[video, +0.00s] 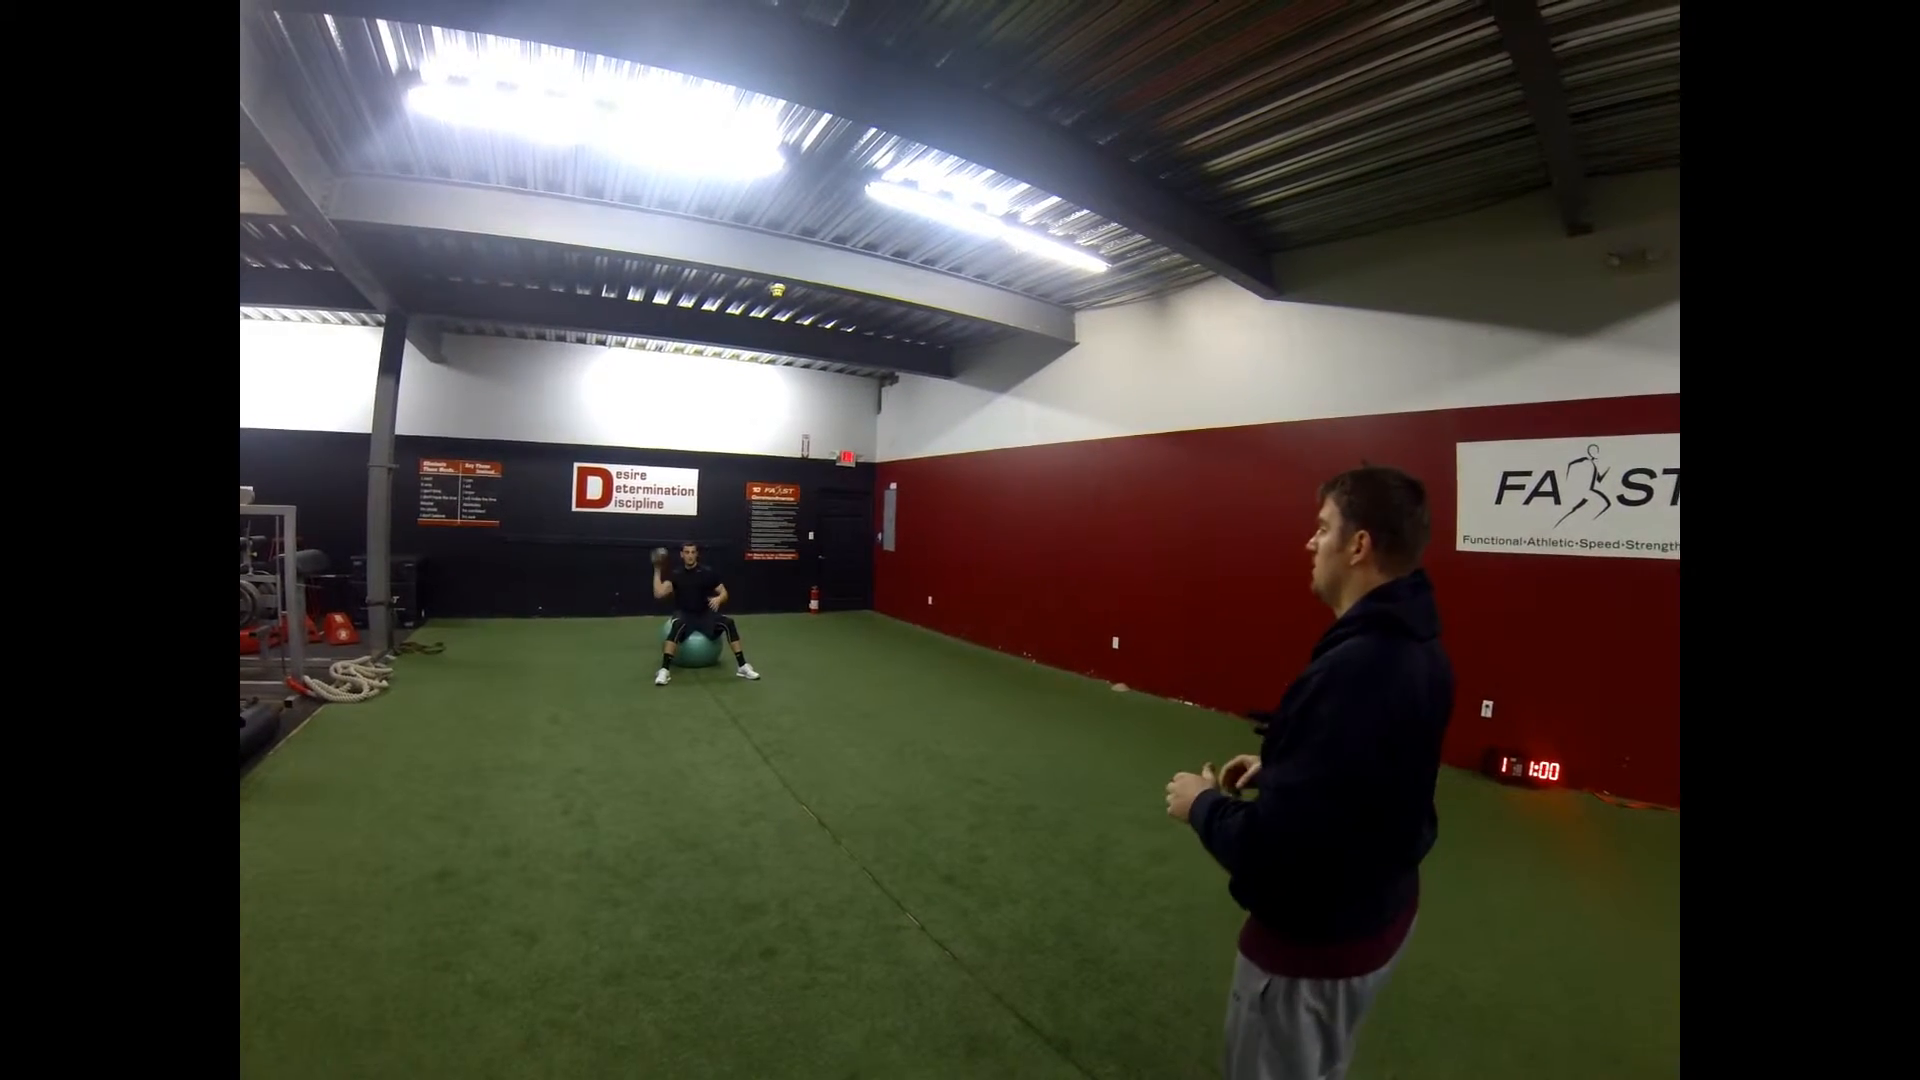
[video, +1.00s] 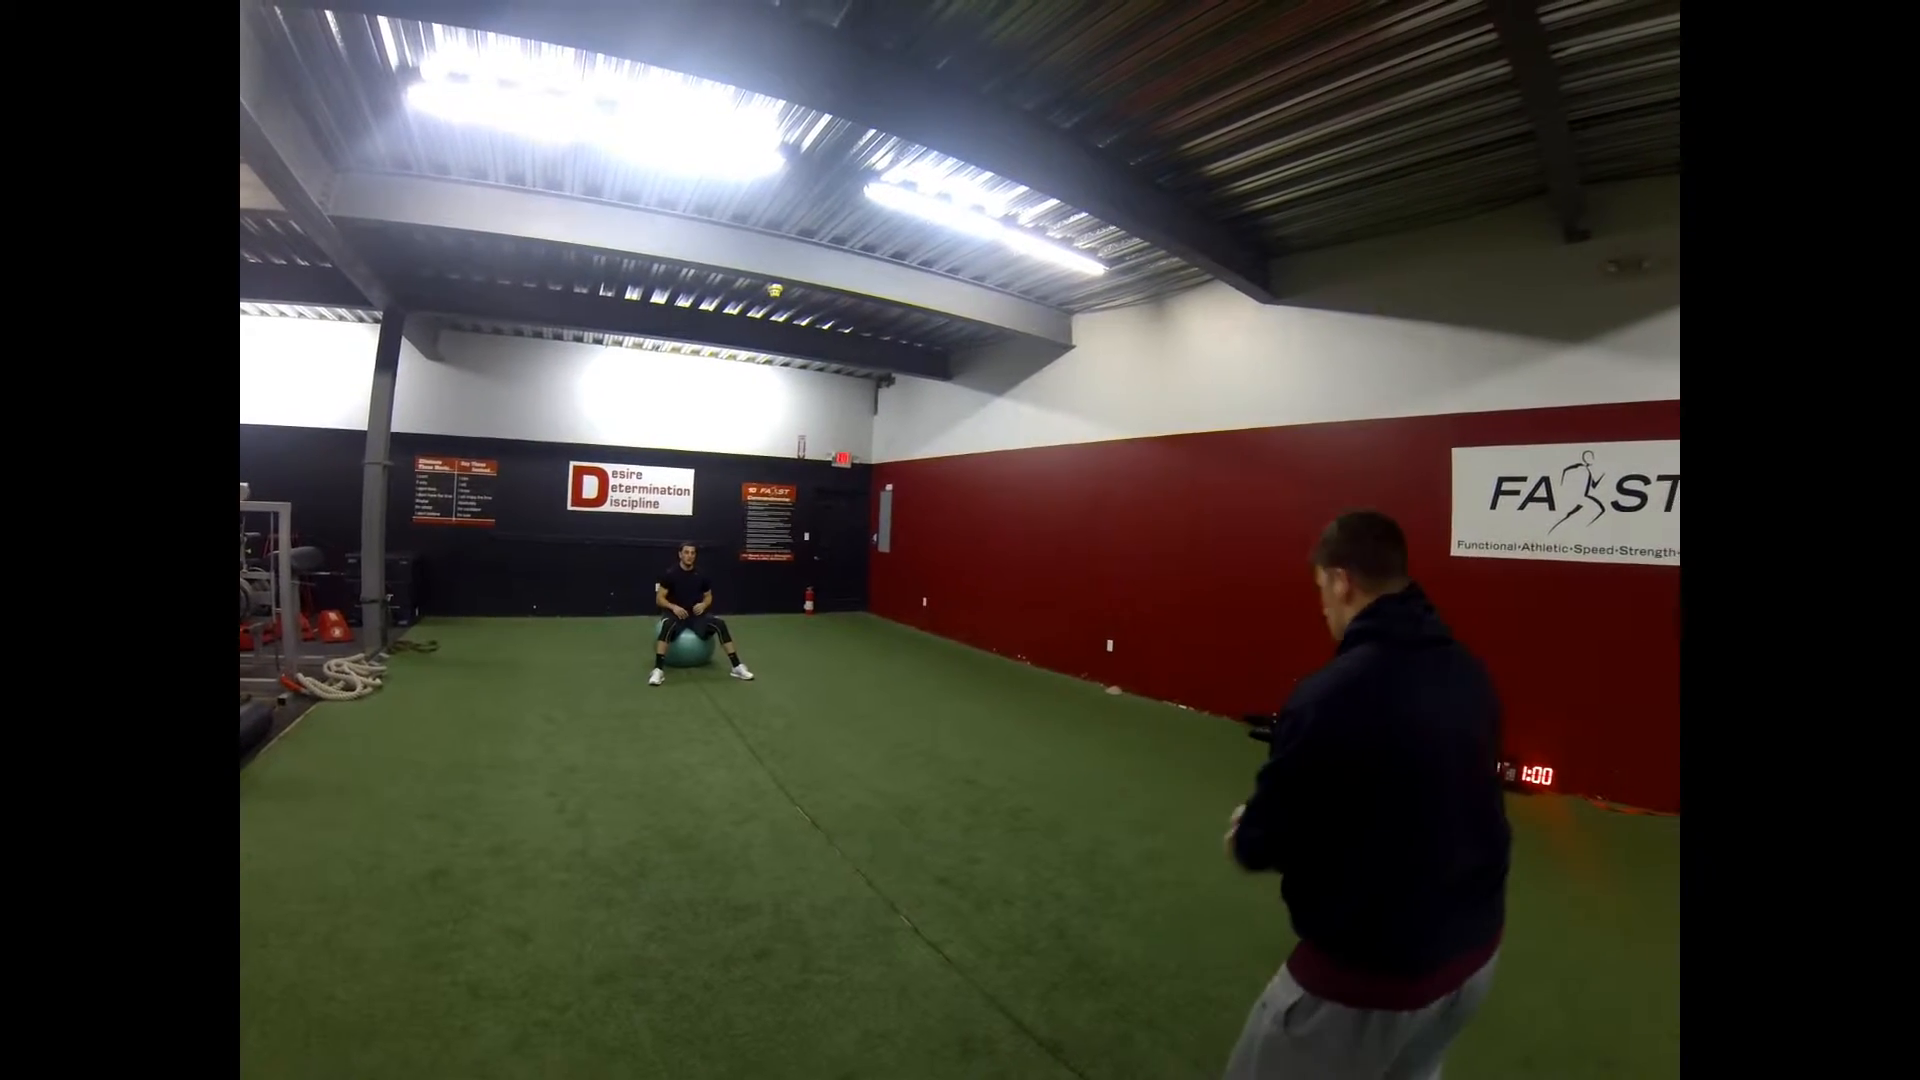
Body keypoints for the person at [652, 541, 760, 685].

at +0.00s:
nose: (690, 555)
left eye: (693, 552)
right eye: (687, 552)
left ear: (697, 554)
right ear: (682, 554)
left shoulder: (707, 572)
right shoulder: (677, 574)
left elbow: (724, 593)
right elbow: (659, 593)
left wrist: (718, 599)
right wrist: (657, 569)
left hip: (705, 615)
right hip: (684, 616)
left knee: (728, 623)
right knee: (677, 625)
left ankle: (742, 666)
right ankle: (664, 670)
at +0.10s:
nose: (691, 552)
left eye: (694, 549)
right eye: (688, 549)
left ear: (699, 552)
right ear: (683, 552)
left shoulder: (708, 570)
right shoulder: (678, 571)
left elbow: (723, 591)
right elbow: (661, 583)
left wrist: (718, 594)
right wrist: (655, 560)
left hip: (706, 613)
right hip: (685, 613)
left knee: (728, 622)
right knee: (676, 623)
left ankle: (742, 664)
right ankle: (664, 668)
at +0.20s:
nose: (691, 549)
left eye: (694, 547)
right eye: (688, 546)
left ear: (699, 549)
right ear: (684, 549)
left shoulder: (708, 568)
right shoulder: (680, 567)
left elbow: (721, 592)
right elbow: (670, 572)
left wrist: (714, 588)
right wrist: (663, 551)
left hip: (706, 612)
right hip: (685, 612)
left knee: (728, 621)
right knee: (677, 622)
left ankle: (743, 664)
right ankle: (665, 667)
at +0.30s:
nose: (694, 545)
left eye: (696, 542)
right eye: (691, 542)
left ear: (702, 545)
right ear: (686, 545)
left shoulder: (710, 565)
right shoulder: (679, 562)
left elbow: (719, 589)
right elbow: (673, 575)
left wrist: (708, 587)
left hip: (708, 610)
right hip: (687, 609)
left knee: (730, 619)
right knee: (678, 619)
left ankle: (744, 662)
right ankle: (666, 665)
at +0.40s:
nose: (694, 543)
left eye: (697, 540)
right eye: (691, 540)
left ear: (702, 543)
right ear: (687, 543)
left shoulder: (711, 564)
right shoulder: (679, 563)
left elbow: (718, 589)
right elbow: (675, 584)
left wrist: (705, 589)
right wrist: (696, 579)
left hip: (708, 607)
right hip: (686, 606)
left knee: (730, 616)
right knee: (677, 617)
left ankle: (744, 660)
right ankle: (666, 663)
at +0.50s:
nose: (695, 547)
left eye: (698, 544)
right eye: (692, 544)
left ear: (702, 547)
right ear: (687, 546)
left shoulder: (710, 568)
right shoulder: (679, 568)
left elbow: (717, 593)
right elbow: (673, 595)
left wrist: (708, 599)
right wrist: (691, 594)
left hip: (707, 608)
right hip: (686, 609)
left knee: (729, 617)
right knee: (676, 618)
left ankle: (743, 660)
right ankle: (664, 663)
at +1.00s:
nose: (689, 556)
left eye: (692, 553)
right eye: (686, 552)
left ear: (695, 556)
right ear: (680, 554)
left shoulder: (701, 574)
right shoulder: (670, 574)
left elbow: (708, 597)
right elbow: (659, 599)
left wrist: (703, 605)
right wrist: (674, 607)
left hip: (696, 615)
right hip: (676, 615)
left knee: (720, 624)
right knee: (667, 625)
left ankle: (737, 666)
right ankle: (658, 669)